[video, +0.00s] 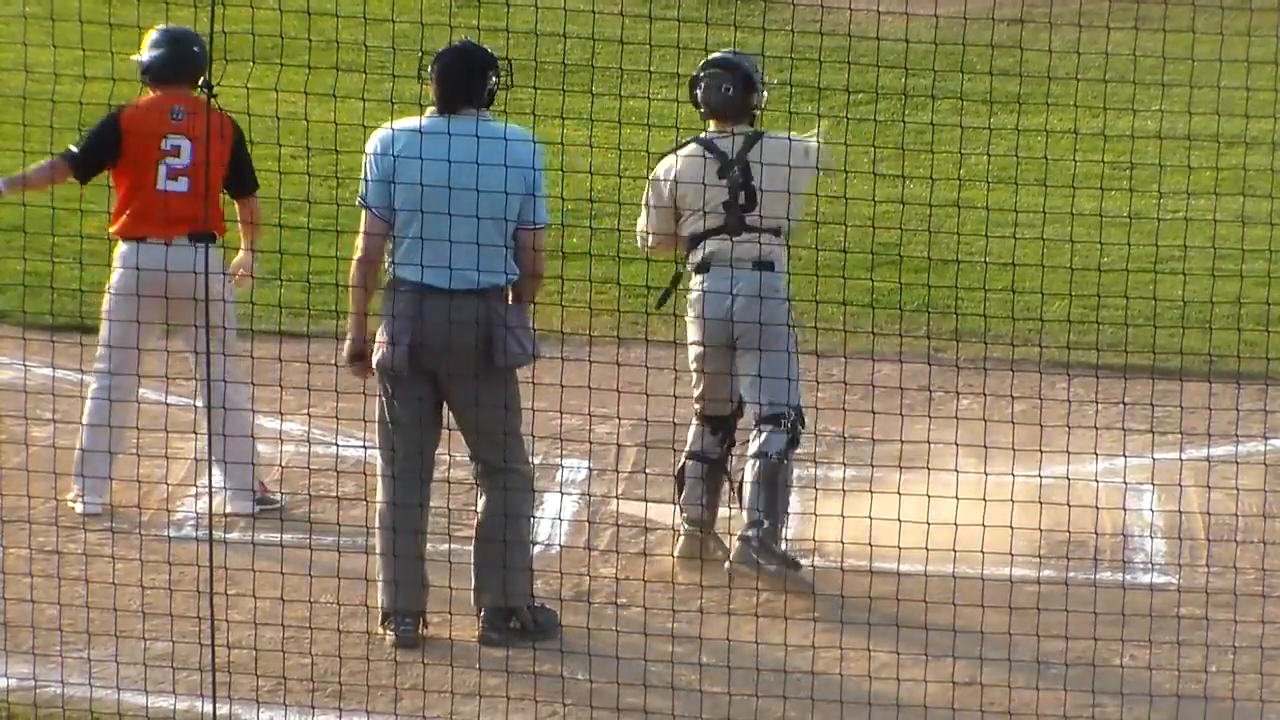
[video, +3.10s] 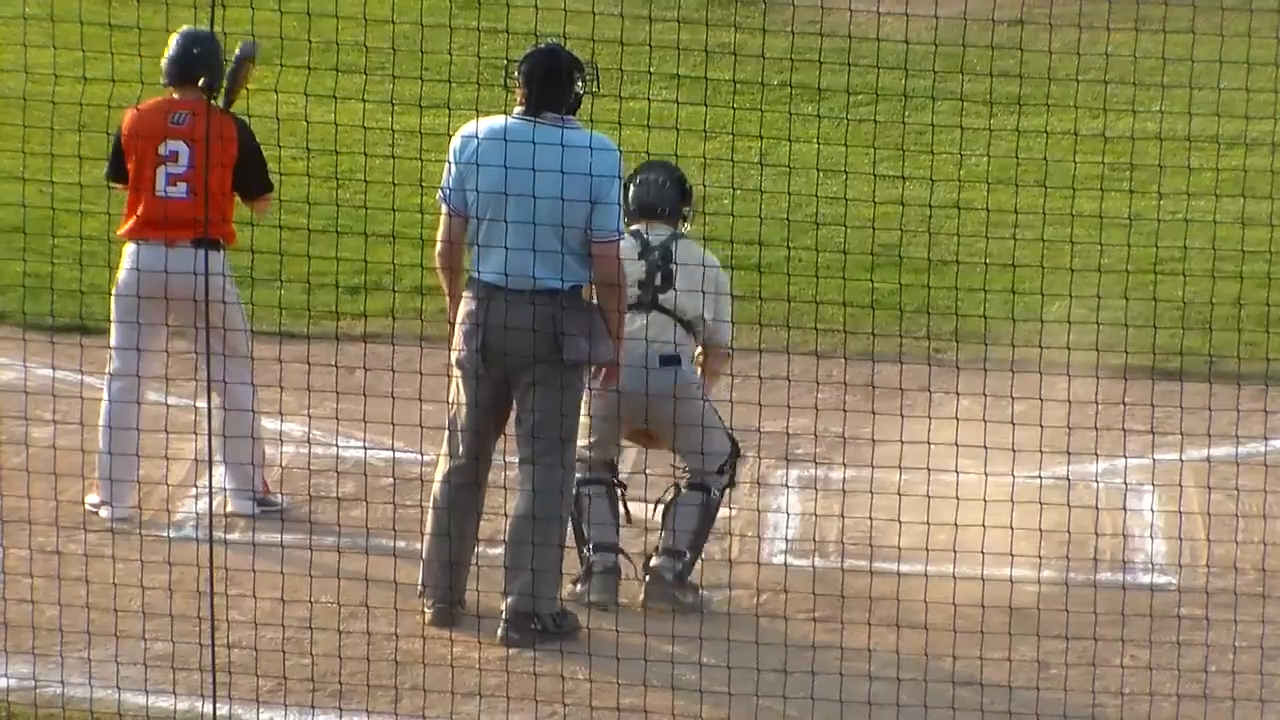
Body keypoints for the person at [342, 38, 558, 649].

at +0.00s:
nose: (485, 95)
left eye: (434, 83)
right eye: (488, 86)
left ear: (431, 88)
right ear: (488, 91)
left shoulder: (390, 143)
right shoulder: (520, 147)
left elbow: (369, 251)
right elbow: (532, 255)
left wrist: (358, 329)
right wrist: (519, 315)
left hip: (407, 321)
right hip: (482, 325)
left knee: (403, 471)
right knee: (504, 469)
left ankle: (401, 613)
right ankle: (506, 608)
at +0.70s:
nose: (528, 97)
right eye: (527, 90)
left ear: (465, 91)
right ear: (520, 93)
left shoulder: (420, 140)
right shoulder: (550, 145)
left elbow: (397, 248)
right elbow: (565, 256)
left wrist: (403, 321)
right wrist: (566, 333)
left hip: (440, 323)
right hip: (517, 326)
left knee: (424, 470)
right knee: (535, 470)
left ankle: (404, 613)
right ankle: (531, 611)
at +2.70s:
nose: (577, 97)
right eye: (577, 89)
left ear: (517, 89)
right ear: (572, 94)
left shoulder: (472, 139)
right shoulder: (597, 151)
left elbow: (439, 246)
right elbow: (607, 261)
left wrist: (430, 324)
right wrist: (618, 341)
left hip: (484, 318)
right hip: (559, 322)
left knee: (463, 453)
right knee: (547, 463)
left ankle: (441, 593)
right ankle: (529, 607)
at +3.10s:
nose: (573, 100)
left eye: (521, 89)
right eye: (576, 92)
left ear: (519, 92)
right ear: (575, 95)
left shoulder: (474, 139)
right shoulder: (599, 153)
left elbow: (447, 250)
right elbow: (607, 262)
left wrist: (458, 311)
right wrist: (614, 339)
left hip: (484, 317)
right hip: (560, 323)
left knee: (463, 454)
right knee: (546, 464)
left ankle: (442, 594)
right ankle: (529, 610)